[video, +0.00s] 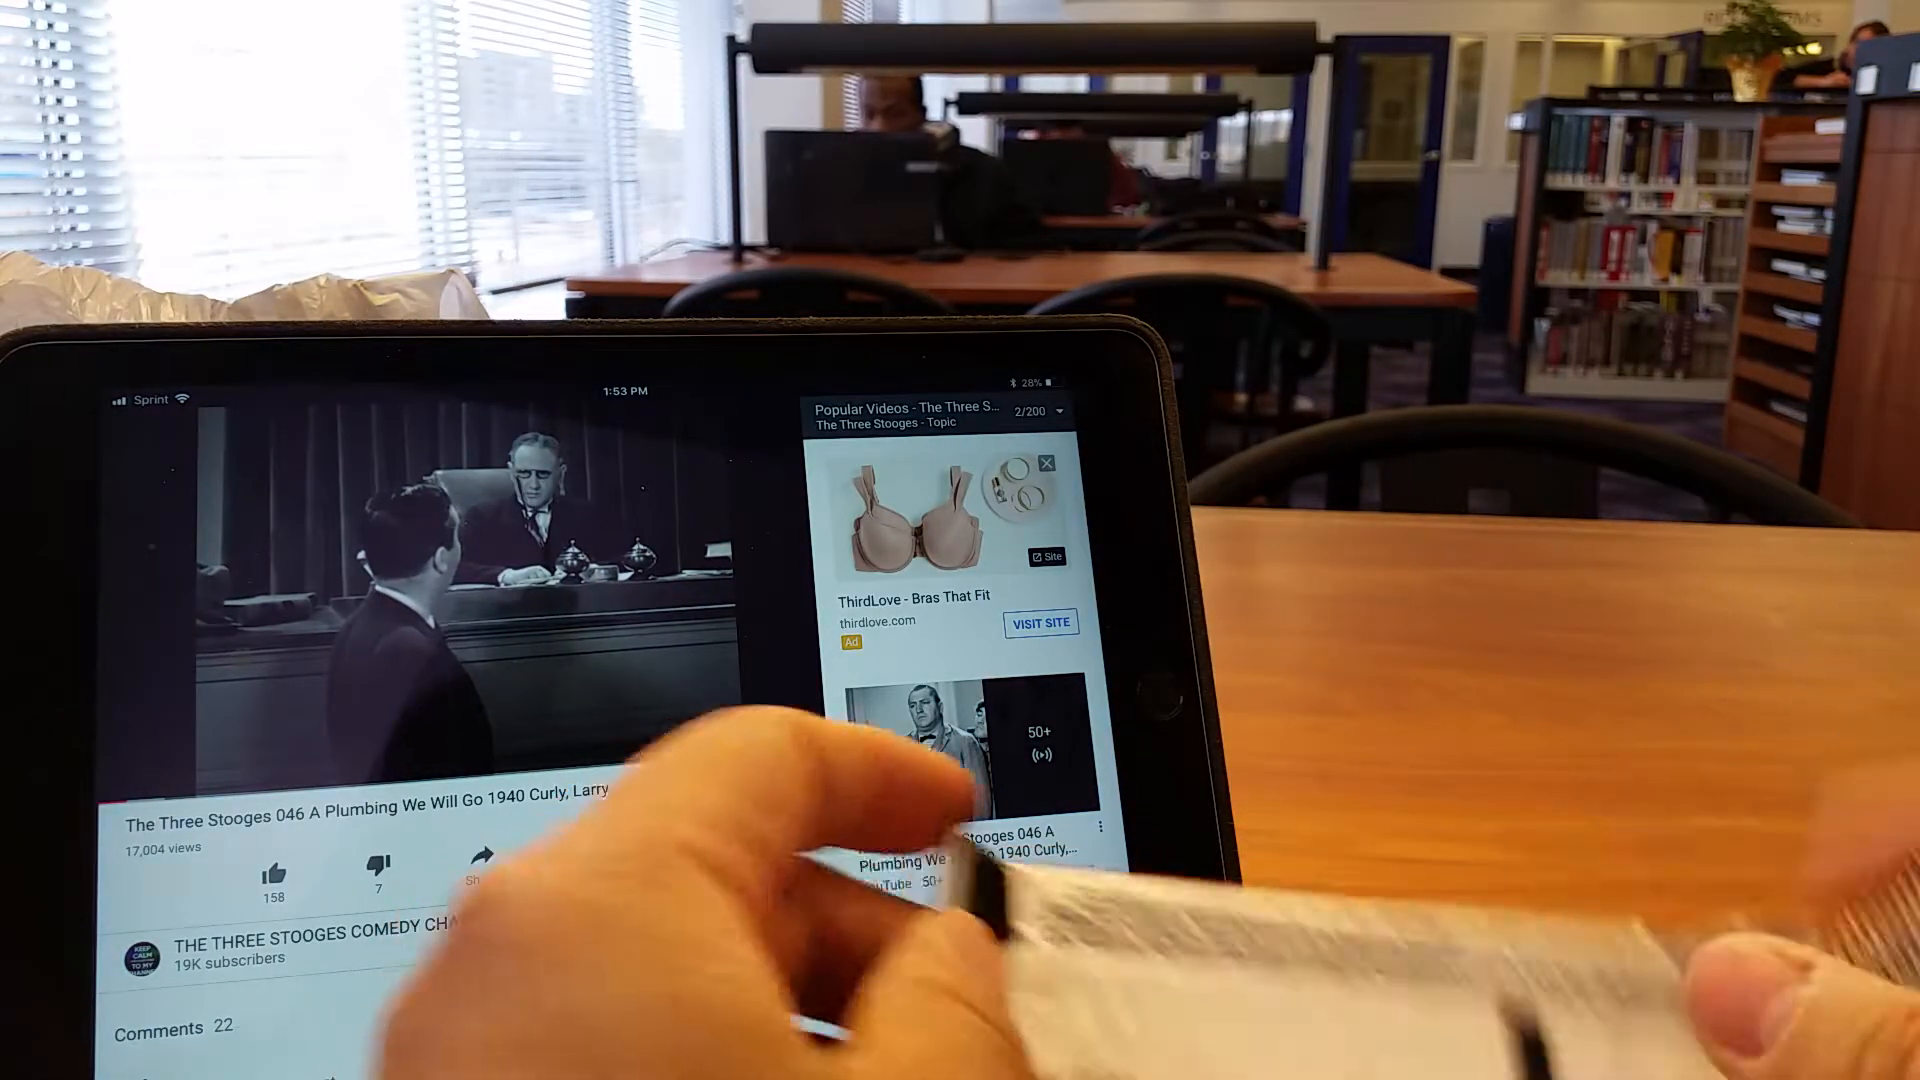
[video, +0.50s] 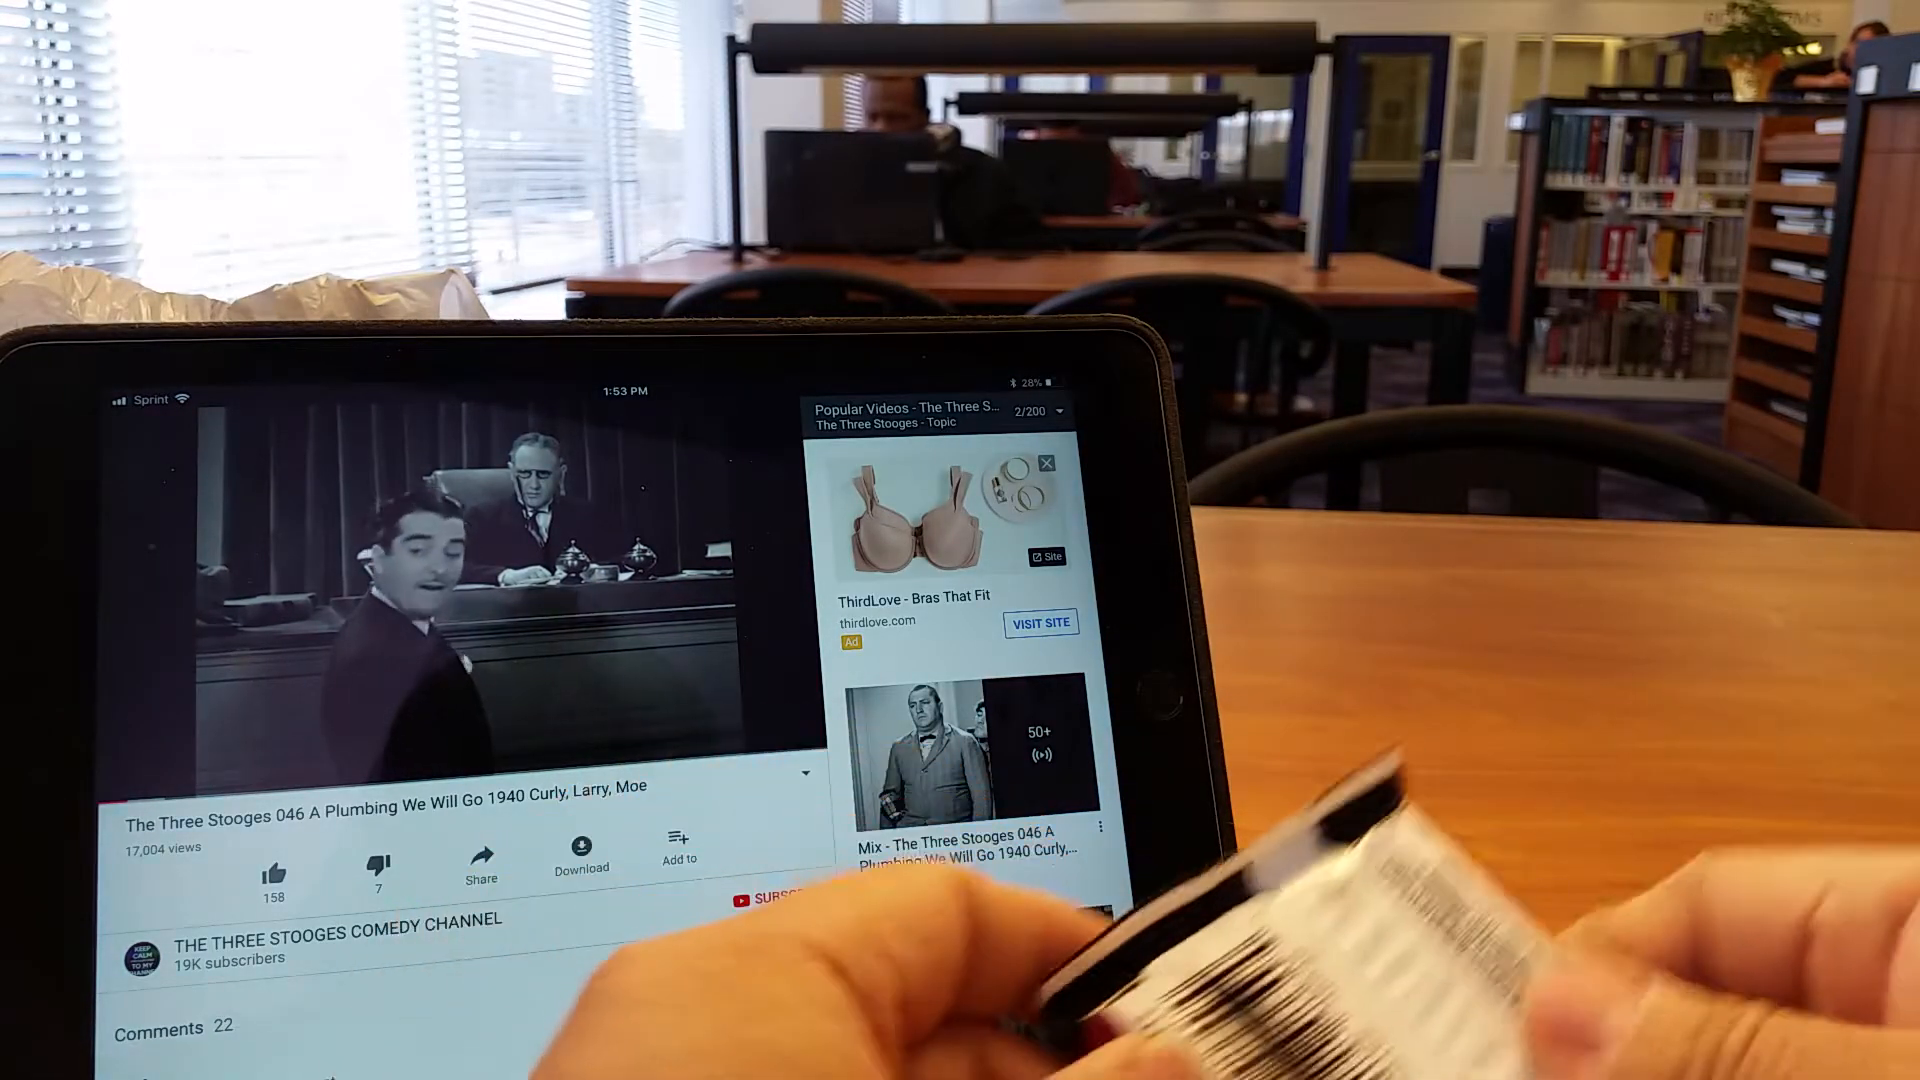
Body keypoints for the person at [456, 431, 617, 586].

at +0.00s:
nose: (533, 484)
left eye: (543, 475)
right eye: (524, 474)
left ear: (561, 473)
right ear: (511, 471)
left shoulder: (585, 516)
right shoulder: (484, 518)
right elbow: (455, 568)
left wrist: (591, 568)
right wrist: (505, 576)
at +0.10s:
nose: (533, 485)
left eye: (543, 475)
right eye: (524, 474)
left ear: (561, 473)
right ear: (511, 471)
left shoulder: (585, 515)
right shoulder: (483, 519)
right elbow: (454, 567)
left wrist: (593, 568)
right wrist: (504, 576)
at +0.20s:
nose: (533, 484)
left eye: (543, 475)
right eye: (524, 474)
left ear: (561, 473)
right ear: (511, 471)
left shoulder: (584, 515)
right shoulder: (486, 518)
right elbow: (458, 566)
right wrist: (504, 575)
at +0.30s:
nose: (533, 484)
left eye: (543, 475)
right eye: (524, 474)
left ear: (561, 473)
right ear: (511, 471)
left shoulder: (585, 515)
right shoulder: (485, 518)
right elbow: (463, 568)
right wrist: (505, 576)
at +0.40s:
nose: (533, 484)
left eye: (543, 475)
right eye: (525, 474)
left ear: (561, 473)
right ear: (511, 471)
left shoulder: (585, 515)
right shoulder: (485, 518)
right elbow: (457, 568)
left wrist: (593, 570)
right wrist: (504, 576)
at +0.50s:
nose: (533, 485)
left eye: (543, 475)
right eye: (525, 474)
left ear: (561, 474)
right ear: (511, 471)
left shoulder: (585, 515)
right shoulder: (484, 518)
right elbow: (458, 569)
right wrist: (504, 576)